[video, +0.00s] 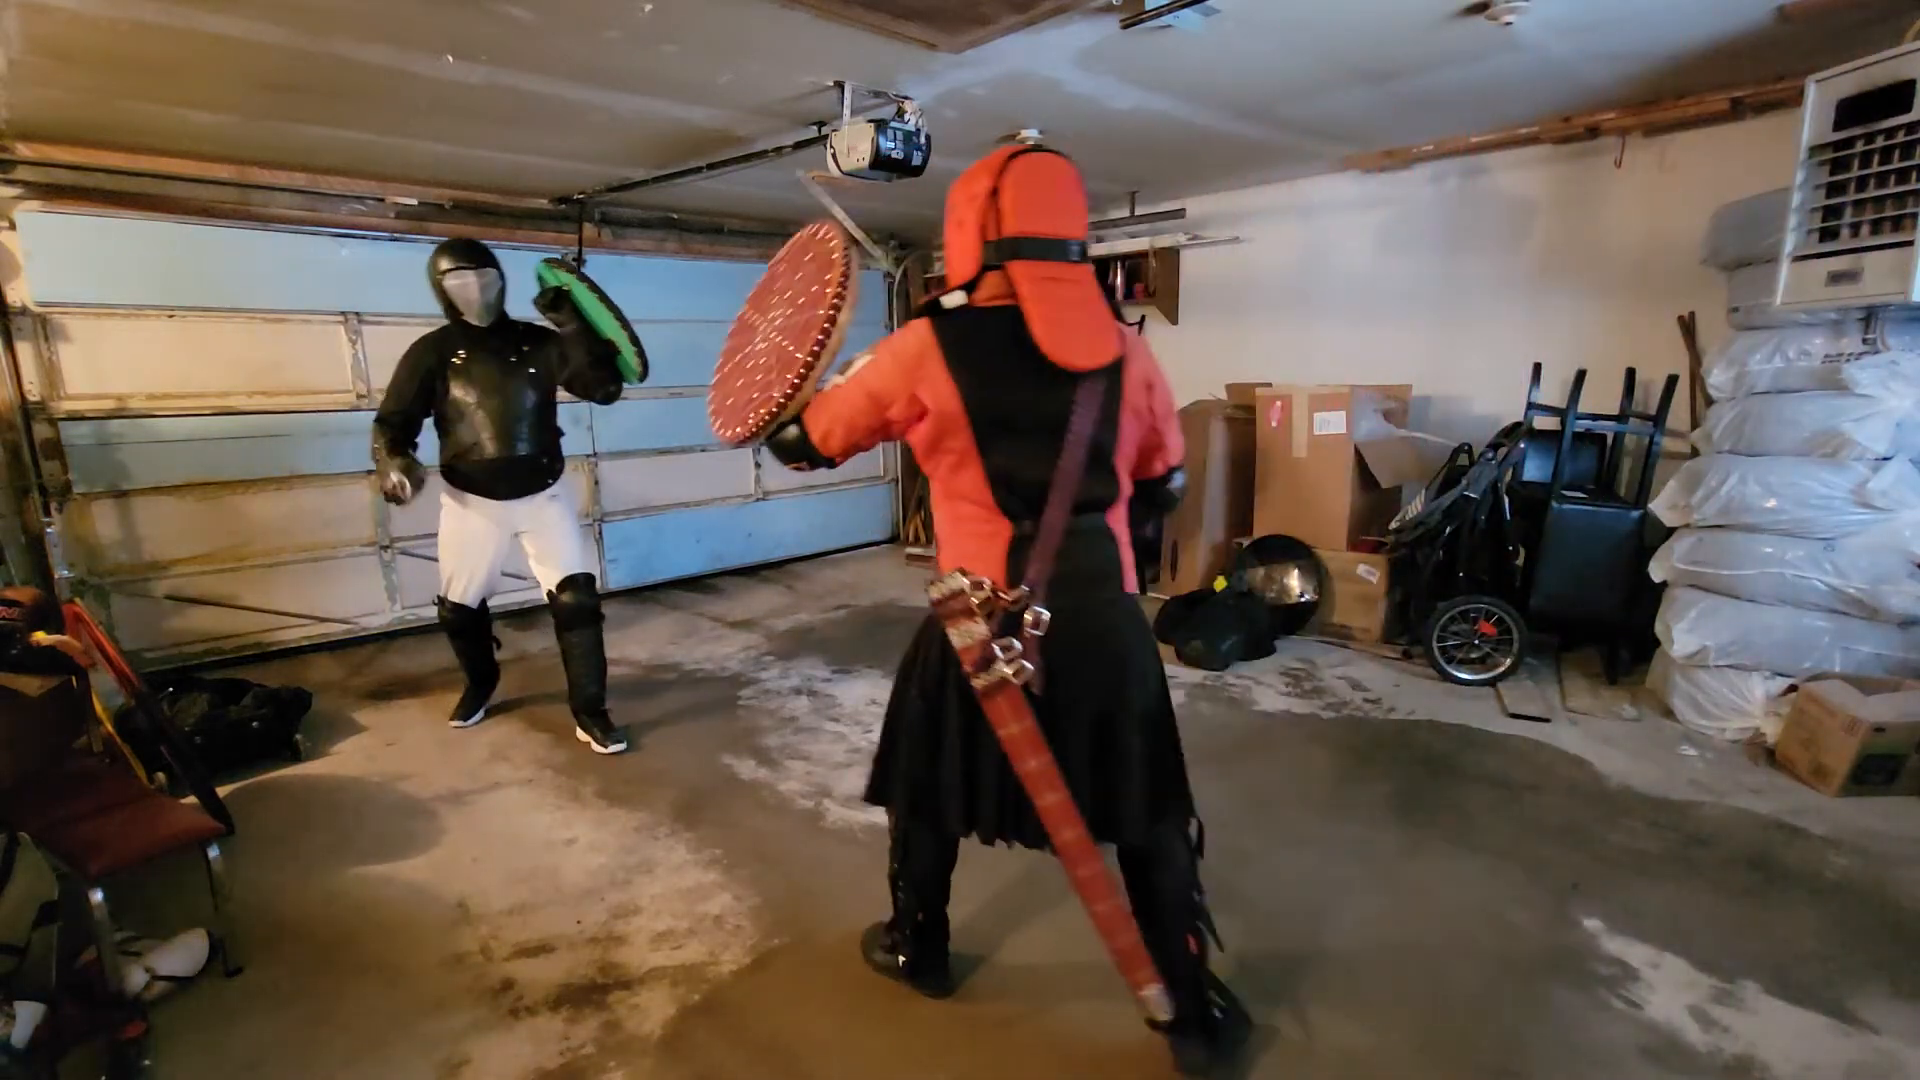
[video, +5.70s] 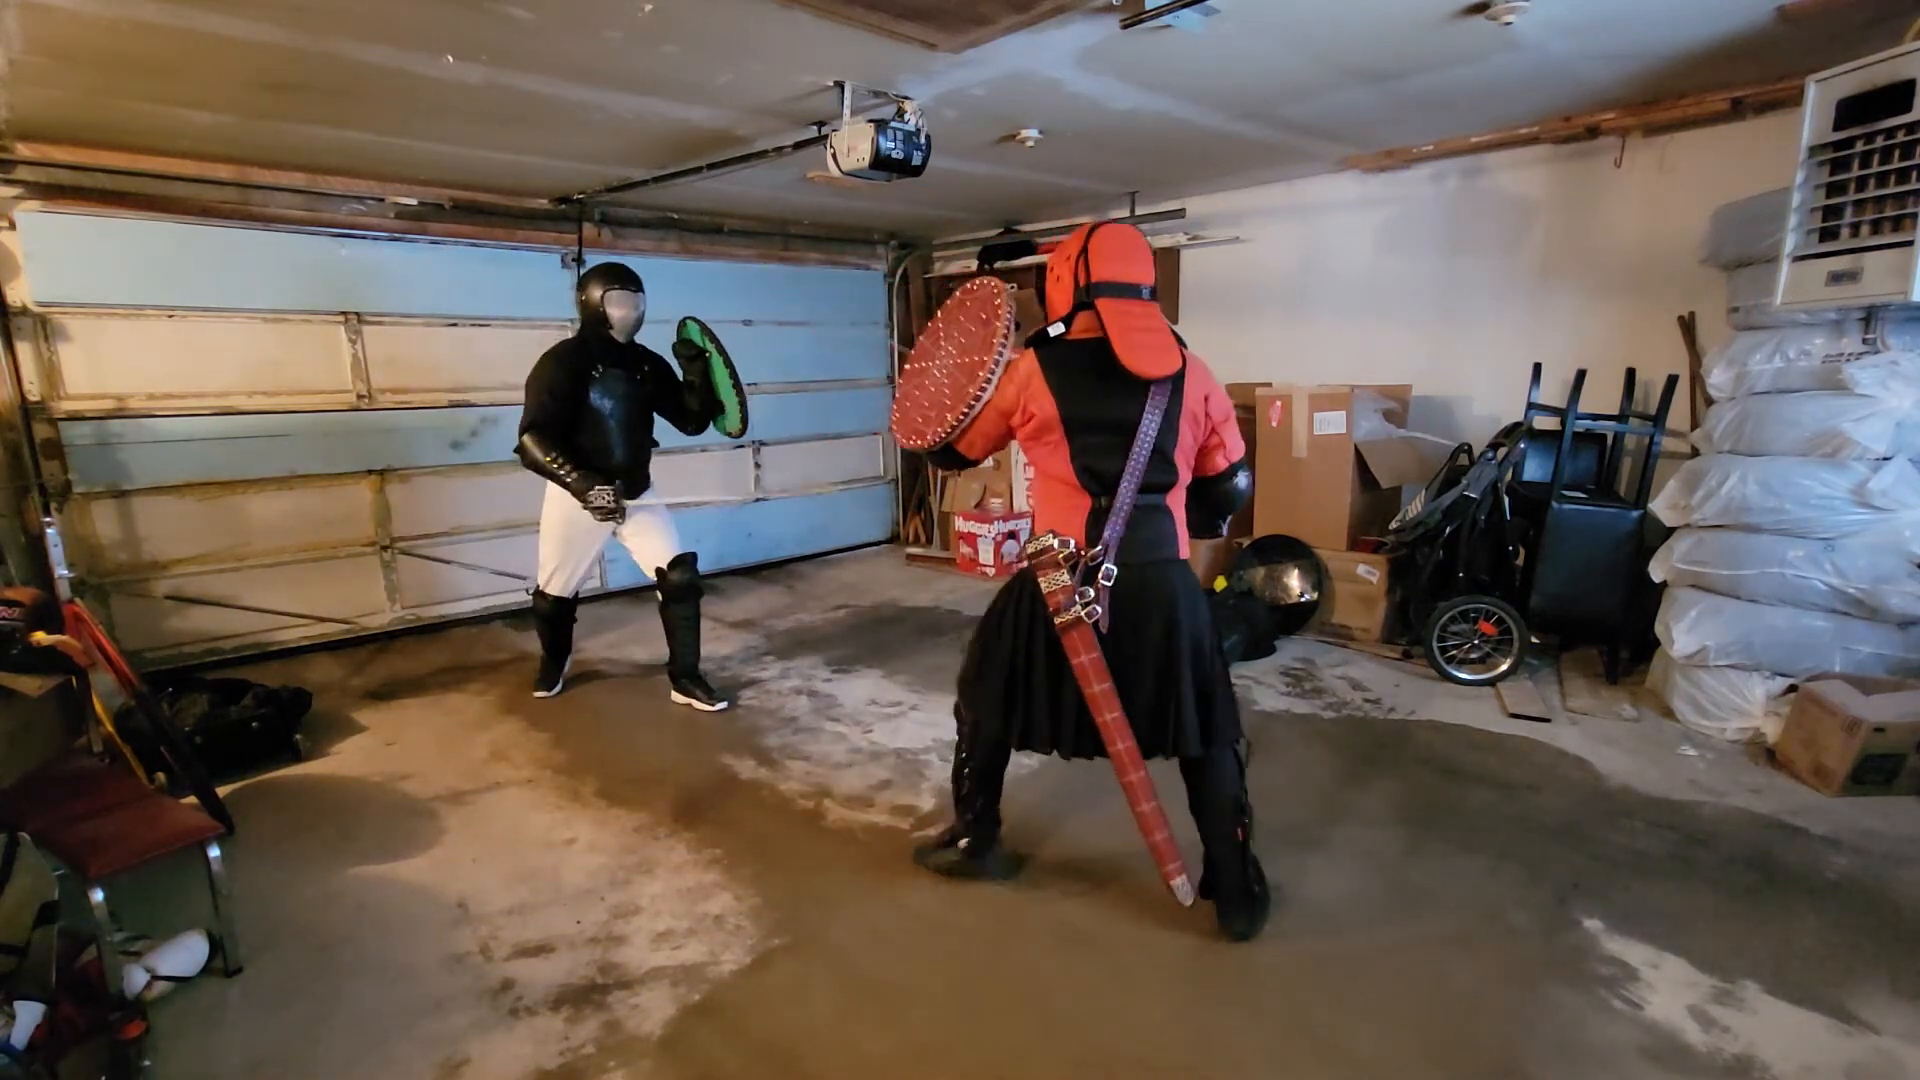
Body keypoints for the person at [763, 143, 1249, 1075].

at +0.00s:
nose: (947, 244)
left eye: (955, 230)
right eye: (955, 231)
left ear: (975, 236)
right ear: (1069, 236)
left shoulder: (928, 348)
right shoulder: (1125, 351)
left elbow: (818, 436)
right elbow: (1160, 488)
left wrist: (781, 411)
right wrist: (1099, 549)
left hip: (977, 622)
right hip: (1105, 618)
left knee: (929, 773)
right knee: (1147, 809)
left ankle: (919, 937)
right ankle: (1194, 1002)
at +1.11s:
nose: (912, 278)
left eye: (919, 264)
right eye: (921, 264)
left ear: (938, 270)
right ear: (1031, 270)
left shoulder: (903, 367)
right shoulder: (1073, 376)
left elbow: (807, 441)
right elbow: (1096, 473)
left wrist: (779, 417)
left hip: (944, 620)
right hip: (1060, 619)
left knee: (881, 734)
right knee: (1127, 791)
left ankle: (864, 894)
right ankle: (1200, 984)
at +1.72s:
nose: (943, 273)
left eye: (949, 260)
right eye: (950, 260)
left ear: (970, 267)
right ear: (1062, 264)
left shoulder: (934, 366)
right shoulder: (1107, 377)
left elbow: (833, 433)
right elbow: (1124, 489)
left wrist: (809, 391)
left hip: (967, 614)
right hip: (1080, 612)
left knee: (897, 746)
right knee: (1112, 774)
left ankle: (871, 893)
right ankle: (1131, 961)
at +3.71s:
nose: (877, 296)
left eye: (882, 285)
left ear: (895, 290)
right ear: (974, 283)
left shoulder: (866, 374)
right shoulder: (1027, 374)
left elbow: (788, 426)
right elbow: (1052, 495)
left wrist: (790, 351)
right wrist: (999, 536)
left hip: (914, 587)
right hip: (1015, 583)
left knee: (858, 713)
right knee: (1084, 732)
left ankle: (848, 853)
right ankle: (1142, 900)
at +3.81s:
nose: (902, 305)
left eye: (907, 293)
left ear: (919, 298)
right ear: (1007, 291)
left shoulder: (897, 383)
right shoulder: (1056, 382)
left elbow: (815, 429)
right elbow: (1090, 481)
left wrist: (825, 336)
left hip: (939, 599)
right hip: (1044, 596)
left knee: (870, 719)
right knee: (1105, 738)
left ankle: (850, 857)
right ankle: (1148, 907)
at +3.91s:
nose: (948, 305)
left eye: (951, 293)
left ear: (959, 298)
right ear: (1040, 297)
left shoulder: (927, 384)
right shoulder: (1093, 390)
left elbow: (847, 431)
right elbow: (1132, 509)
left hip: (962, 611)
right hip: (1073, 610)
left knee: (887, 726)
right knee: (1124, 745)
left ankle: (851, 856)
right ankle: (1151, 908)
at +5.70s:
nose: (1045, 292)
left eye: (1051, 281)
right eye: (1048, 280)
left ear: (1068, 286)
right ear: (1141, 286)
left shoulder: (1032, 369)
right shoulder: (1190, 373)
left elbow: (956, 449)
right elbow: (1226, 492)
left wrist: (934, 391)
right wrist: (1170, 517)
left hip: (1057, 578)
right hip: (1164, 580)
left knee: (985, 694)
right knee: (1207, 726)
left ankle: (974, 834)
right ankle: (1236, 890)